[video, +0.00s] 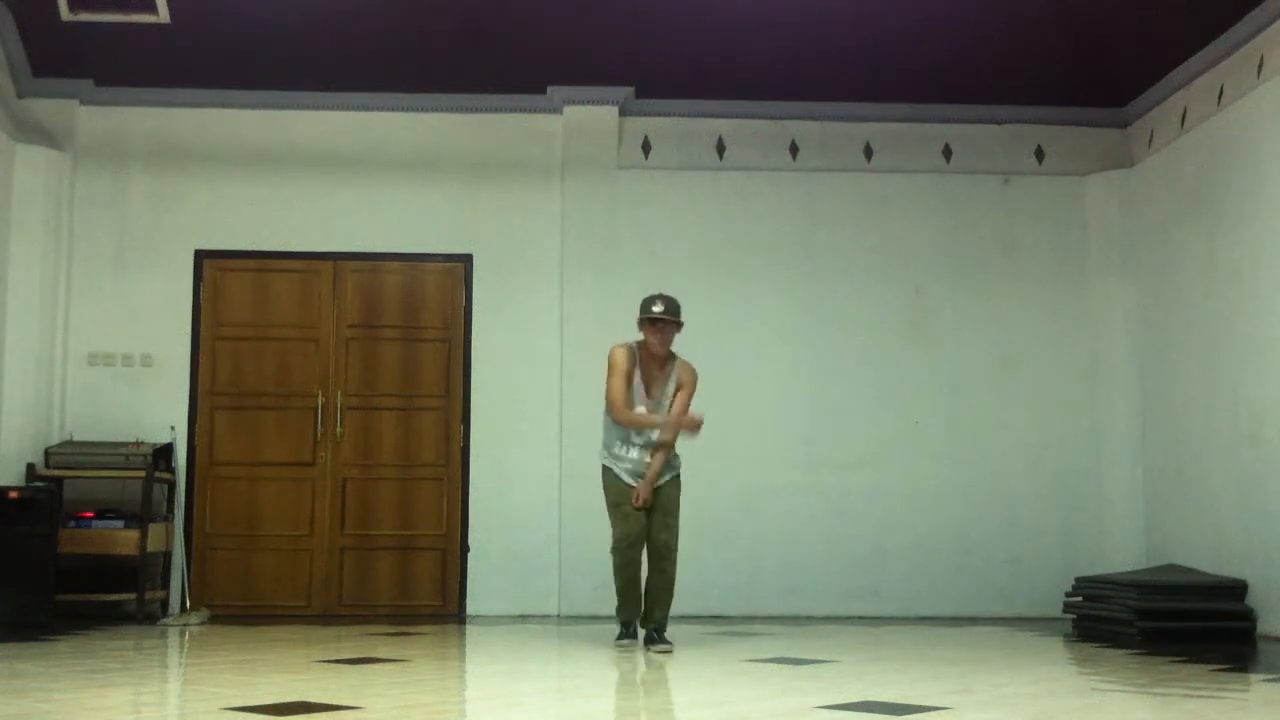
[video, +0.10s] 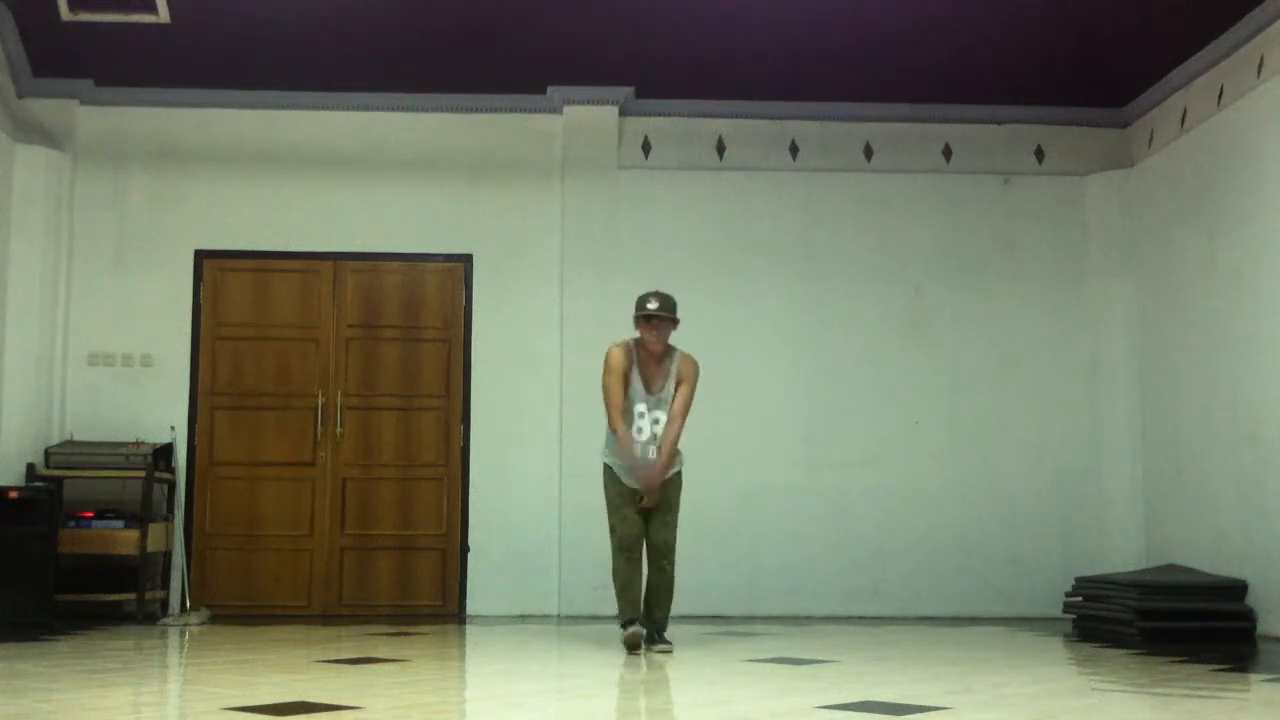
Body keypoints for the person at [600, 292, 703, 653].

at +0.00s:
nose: (659, 331)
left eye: (666, 325)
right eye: (652, 324)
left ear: (677, 330)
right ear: (641, 326)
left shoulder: (685, 373)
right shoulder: (622, 356)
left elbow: (670, 432)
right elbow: (619, 414)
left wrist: (650, 479)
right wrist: (674, 422)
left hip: (665, 469)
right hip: (621, 466)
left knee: (664, 546)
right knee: (628, 540)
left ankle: (656, 626)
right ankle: (628, 621)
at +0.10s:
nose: (654, 328)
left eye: (662, 322)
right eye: (648, 321)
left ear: (673, 326)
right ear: (637, 324)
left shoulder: (686, 365)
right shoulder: (619, 356)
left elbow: (675, 424)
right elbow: (616, 419)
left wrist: (658, 475)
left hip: (666, 468)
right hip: (621, 467)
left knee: (662, 547)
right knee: (627, 544)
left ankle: (656, 628)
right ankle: (630, 624)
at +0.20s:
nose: (647, 321)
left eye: (654, 315)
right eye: (640, 315)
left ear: (666, 318)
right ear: (630, 318)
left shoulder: (684, 356)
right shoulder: (614, 354)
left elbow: (678, 416)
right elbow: (603, 410)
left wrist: (663, 470)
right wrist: (593, 464)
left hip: (666, 466)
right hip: (621, 466)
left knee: (662, 548)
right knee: (625, 544)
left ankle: (657, 628)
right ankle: (629, 623)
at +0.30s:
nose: (640, 315)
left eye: (647, 308)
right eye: (632, 309)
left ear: (659, 312)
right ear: (622, 313)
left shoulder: (679, 349)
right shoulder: (607, 353)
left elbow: (681, 410)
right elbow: (582, 406)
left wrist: (665, 462)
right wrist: (558, 454)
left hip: (666, 464)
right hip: (621, 464)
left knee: (662, 548)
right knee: (623, 545)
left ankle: (656, 628)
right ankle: (624, 627)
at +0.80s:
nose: (633, 311)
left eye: (640, 305)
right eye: (626, 304)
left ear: (651, 308)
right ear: (617, 308)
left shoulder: (668, 344)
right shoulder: (598, 353)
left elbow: (680, 392)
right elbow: (598, 411)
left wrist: (669, 436)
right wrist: (602, 463)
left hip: (652, 459)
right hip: (611, 462)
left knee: (651, 539)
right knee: (615, 546)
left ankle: (647, 618)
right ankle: (623, 627)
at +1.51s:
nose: (653, 306)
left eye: (661, 300)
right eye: (647, 299)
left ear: (676, 306)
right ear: (639, 304)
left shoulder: (686, 358)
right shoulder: (621, 335)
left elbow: (681, 409)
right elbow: (576, 363)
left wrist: (679, 447)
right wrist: (594, 407)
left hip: (661, 464)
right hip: (617, 459)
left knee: (659, 548)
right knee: (620, 547)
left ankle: (654, 623)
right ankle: (626, 626)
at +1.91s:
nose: (628, 312)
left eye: (634, 306)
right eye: (626, 306)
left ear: (659, 306)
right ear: (628, 309)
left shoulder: (689, 349)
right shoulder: (624, 341)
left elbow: (698, 404)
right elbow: (601, 377)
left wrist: (676, 410)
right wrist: (578, 417)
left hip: (668, 467)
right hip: (624, 462)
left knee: (662, 550)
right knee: (623, 540)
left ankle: (655, 628)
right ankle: (626, 623)